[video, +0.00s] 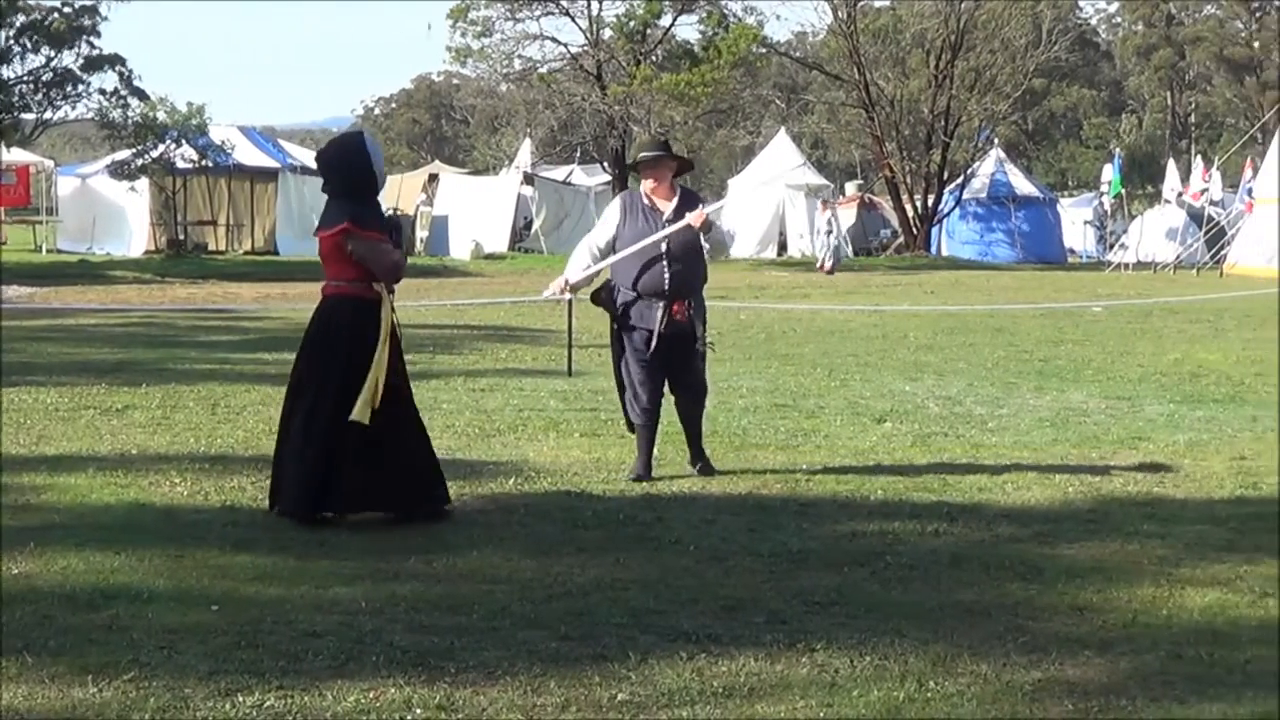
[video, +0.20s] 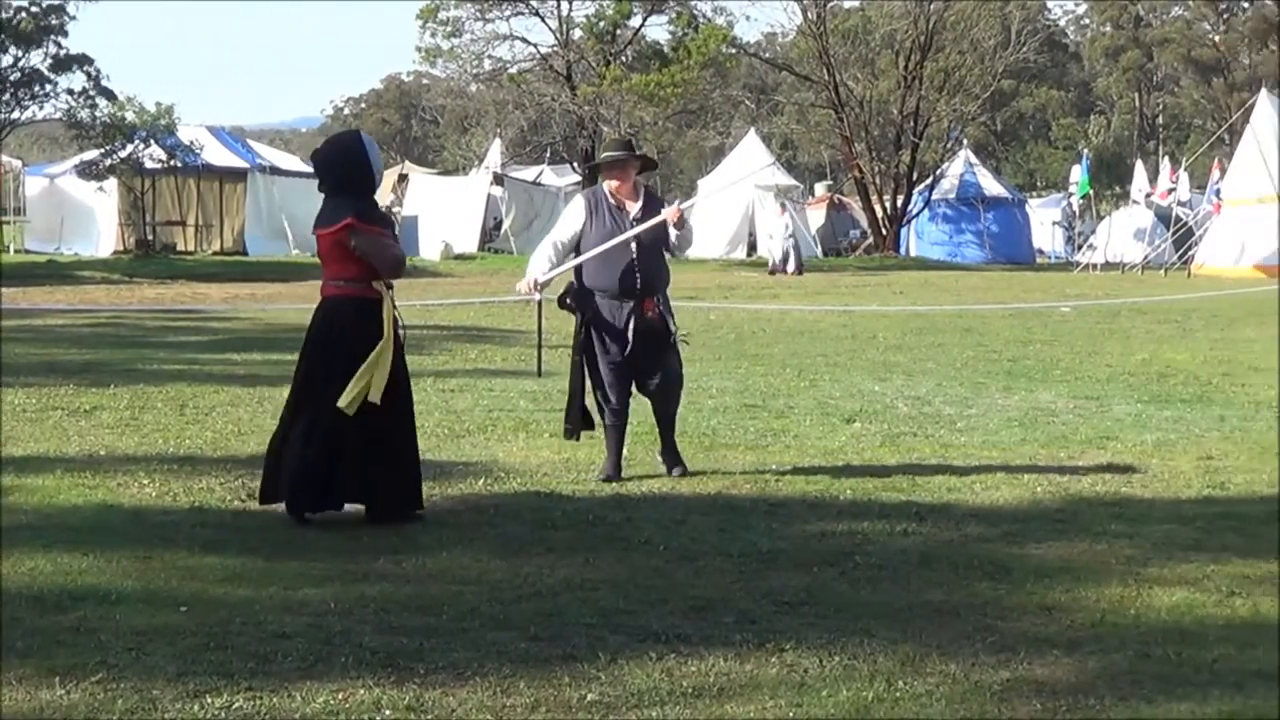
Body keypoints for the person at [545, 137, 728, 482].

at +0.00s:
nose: (648, 173)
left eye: (655, 166)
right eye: (643, 167)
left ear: (673, 169)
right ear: (637, 172)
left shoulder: (693, 203)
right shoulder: (624, 205)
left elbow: (721, 249)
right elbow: (594, 244)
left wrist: (707, 228)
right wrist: (571, 278)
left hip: (685, 312)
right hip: (638, 312)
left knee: (692, 389)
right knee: (644, 392)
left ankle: (697, 452)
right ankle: (642, 463)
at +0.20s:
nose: (615, 175)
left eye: (622, 167)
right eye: (609, 168)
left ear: (637, 168)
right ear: (601, 172)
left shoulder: (654, 203)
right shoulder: (586, 204)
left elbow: (680, 248)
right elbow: (556, 243)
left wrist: (678, 226)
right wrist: (536, 274)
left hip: (650, 307)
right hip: (604, 309)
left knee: (668, 379)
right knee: (612, 390)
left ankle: (669, 446)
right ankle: (612, 462)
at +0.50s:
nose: (582, 174)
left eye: (585, 167)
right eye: (573, 169)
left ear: (592, 168)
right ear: (558, 174)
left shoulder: (604, 202)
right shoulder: (541, 204)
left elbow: (625, 246)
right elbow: (512, 251)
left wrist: (637, 225)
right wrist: (514, 279)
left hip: (605, 308)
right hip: (561, 310)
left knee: (614, 386)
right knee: (563, 390)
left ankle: (629, 461)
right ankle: (563, 462)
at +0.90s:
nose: (555, 173)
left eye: (559, 166)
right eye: (547, 168)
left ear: (567, 169)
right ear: (532, 172)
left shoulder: (574, 203)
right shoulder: (514, 204)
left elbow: (596, 248)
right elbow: (490, 248)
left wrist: (607, 226)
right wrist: (490, 284)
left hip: (578, 308)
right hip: (534, 308)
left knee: (575, 392)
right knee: (525, 390)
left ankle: (576, 465)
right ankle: (507, 464)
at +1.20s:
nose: (521, 174)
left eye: (527, 167)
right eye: (513, 169)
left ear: (537, 169)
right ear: (502, 173)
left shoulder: (551, 205)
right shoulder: (484, 205)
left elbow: (574, 257)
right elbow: (458, 248)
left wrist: (580, 233)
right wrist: (448, 288)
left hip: (547, 306)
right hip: (504, 305)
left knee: (540, 385)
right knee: (504, 382)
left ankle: (530, 462)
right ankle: (488, 449)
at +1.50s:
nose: (488, 176)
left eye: (493, 168)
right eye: (480, 171)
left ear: (501, 169)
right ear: (466, 174)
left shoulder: (514, 205)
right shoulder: (448, 207)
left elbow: (535, 255)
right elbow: (419, 247)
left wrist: (541, 239)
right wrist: (402, 285)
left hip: (512, 307)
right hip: (472, 310)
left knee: (507, 387)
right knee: (487, 388)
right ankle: (489, 468)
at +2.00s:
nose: (450, 173)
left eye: (453, 166)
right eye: (442, 168)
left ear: (459, 167)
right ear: (426, 171)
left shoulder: (465, 202)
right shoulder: (408, 206)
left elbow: (484, 250)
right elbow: (385, 254)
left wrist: (502, 238)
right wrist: (392, 289)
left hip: (468, 309)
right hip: (429, 311)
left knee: (472, 384)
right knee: (437, 387)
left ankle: (435, 447)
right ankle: (440, 466)